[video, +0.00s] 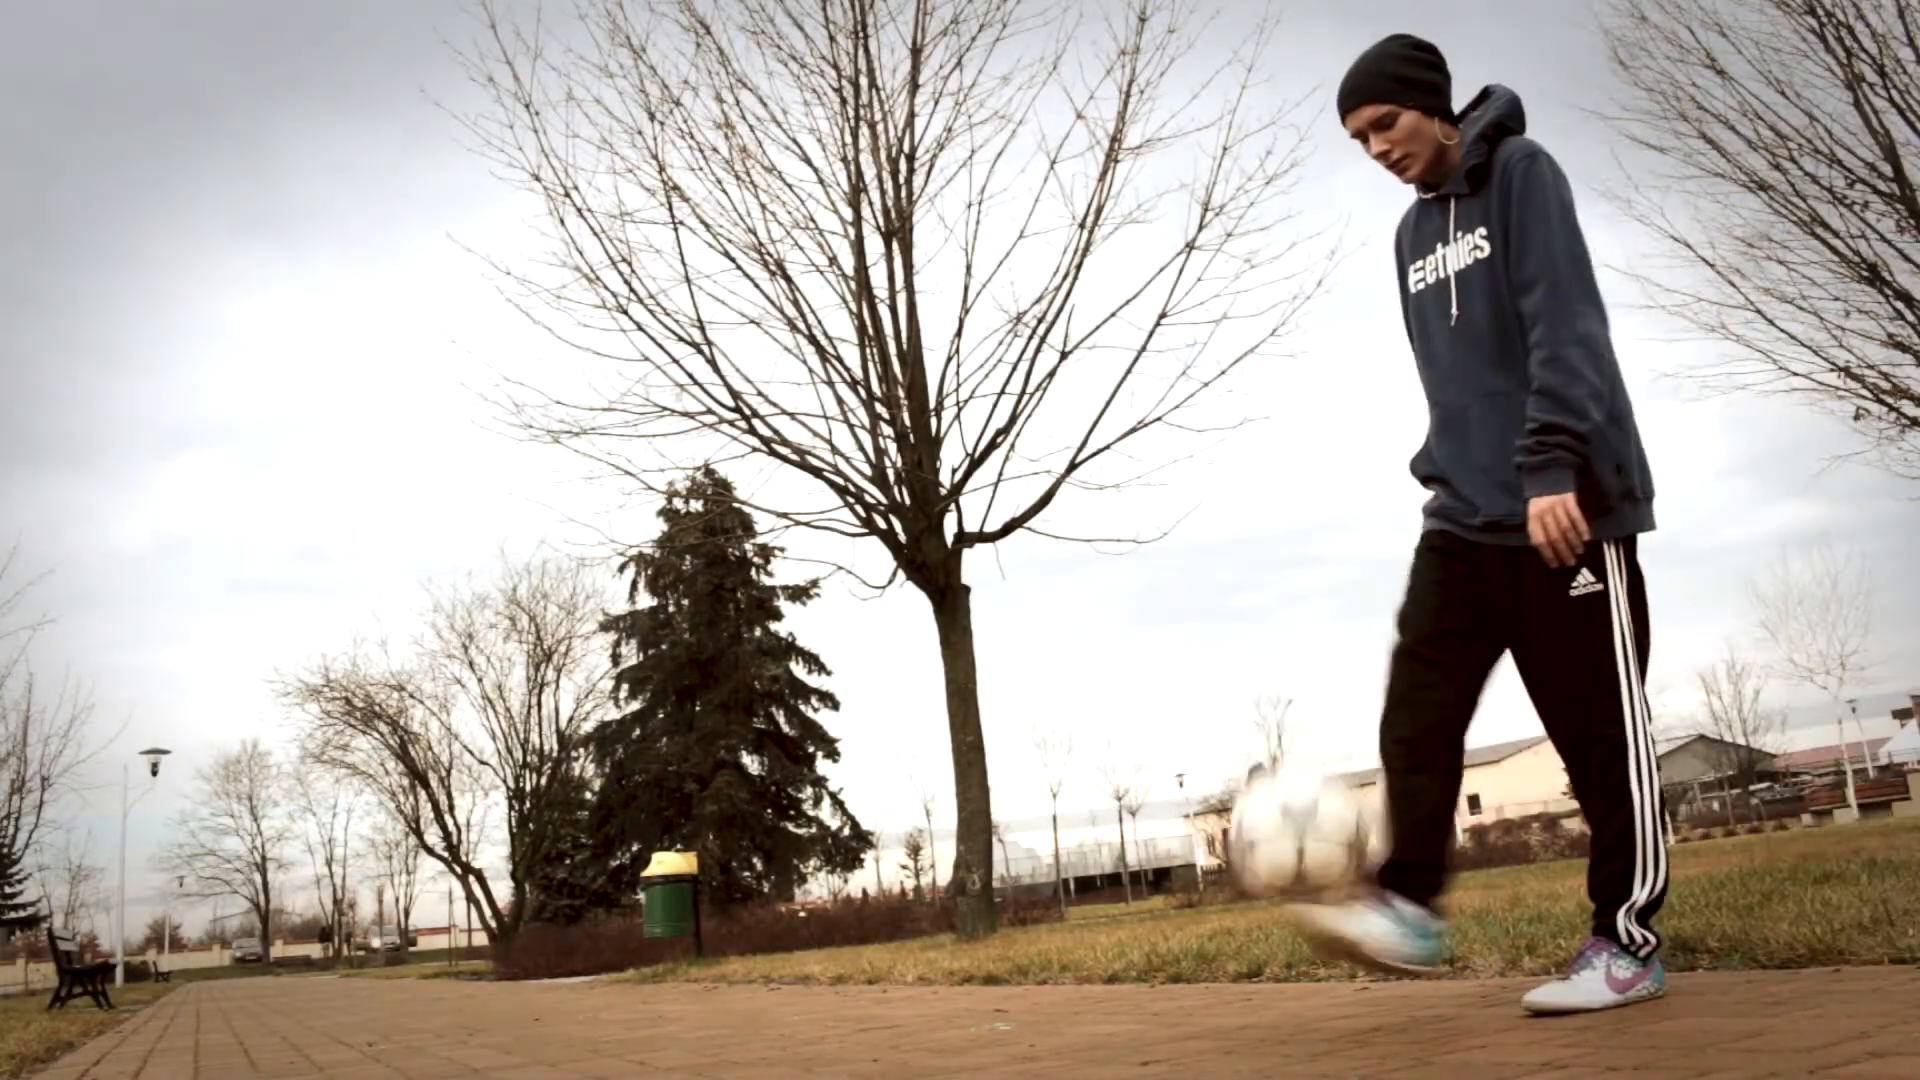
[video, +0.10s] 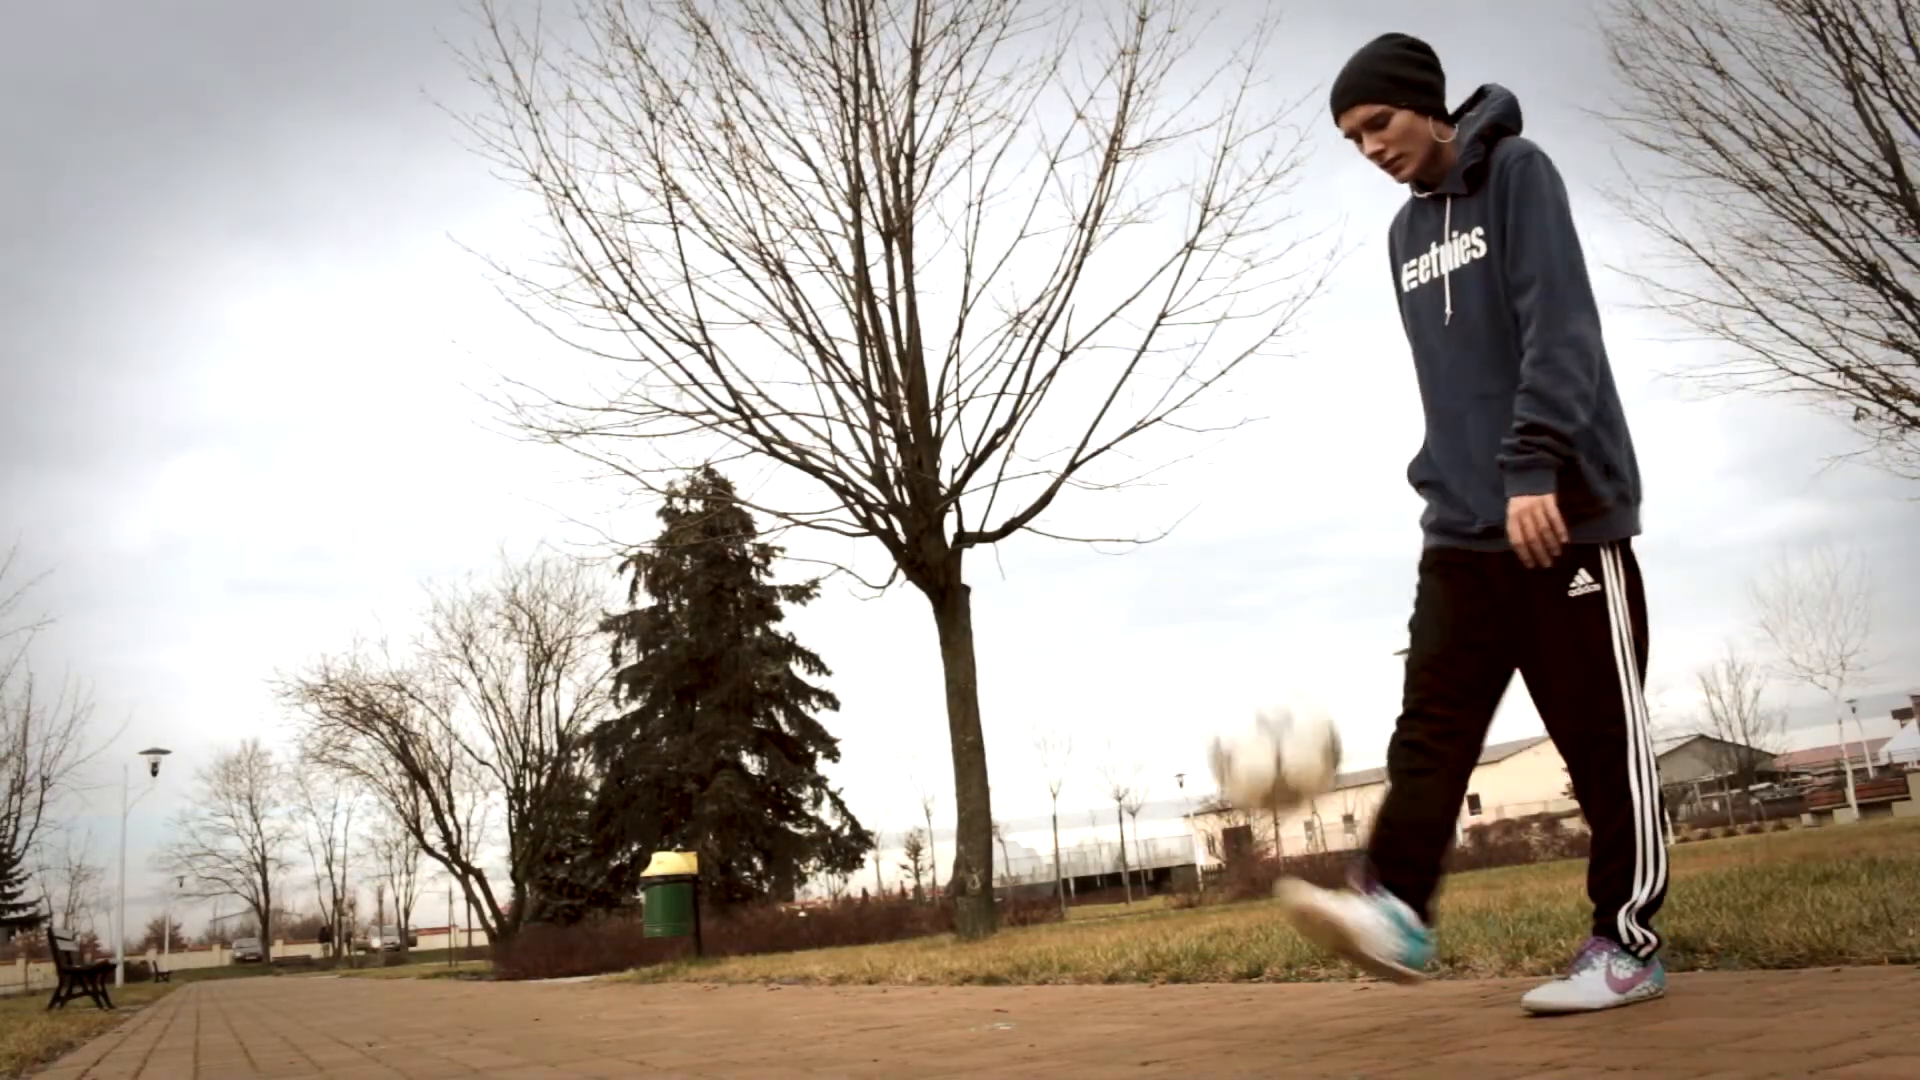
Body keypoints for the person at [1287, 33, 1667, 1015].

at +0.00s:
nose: (1379, 149)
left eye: (1387, 125)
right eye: (1364, 139)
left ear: (1431, 103)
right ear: (1366, 143)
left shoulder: (1520, 171)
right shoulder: (1412, 231)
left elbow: (1564, 322)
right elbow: (1449, 364)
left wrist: (1553, 469)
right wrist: (1452, 466)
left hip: (1563, 497)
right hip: (1465, 509)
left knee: (1602, 726)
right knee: (1422, 700)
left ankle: (1627, 943)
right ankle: (1409, 904)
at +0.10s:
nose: (1373, 149)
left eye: (1380, 124)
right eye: (1357, 138)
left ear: (1425, 103)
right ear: (1359, 142)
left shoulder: (1516, 171)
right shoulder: (1405, 232)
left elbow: (1558, 325)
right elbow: (1445, 370)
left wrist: (1536, 469)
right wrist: (1448, 490)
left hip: (1563, 504)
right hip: (1463, 519)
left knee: (1602, 732)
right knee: (1435, 718)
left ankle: (1628, 944)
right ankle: (1399, 907)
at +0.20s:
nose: (1368, 147)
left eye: (1375, 123)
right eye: (1352, 138)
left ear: (1424, 100)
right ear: (1356, 145)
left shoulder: (1513, 171)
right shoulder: (1402, 229)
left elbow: (1560, 323)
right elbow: (1436, 369)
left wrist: (1527, 459)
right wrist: (1436, 488)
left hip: (1551, 510)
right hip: (1452, 519)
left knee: (1590, 729)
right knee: (1436, 718)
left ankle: (1628, 944)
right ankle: (1468, 938)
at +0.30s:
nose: (1360, 150)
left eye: (1367, 126)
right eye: (1346, 141)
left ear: (1416, 101)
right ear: (1351, 147)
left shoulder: (1508, 170)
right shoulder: (1395, 234)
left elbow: (1565, 318)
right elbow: (1419, 373)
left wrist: (1551, 460)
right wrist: (1423, 485)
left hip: (1530, 510)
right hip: (1439, 525)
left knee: (1574, 731)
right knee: (1465, 742)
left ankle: (1624, 945)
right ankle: (1530, 949)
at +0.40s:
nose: (1348, 160)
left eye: (1353, 136)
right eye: (1333, 151)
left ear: (1402, 111)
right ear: (1340, 155)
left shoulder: (1503, 178)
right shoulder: (1386, 247)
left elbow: (1578, 315)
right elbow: (1386, 404)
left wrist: (1595, 458)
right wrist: (1354, 519)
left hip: (1528, 494)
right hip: (1441, 516)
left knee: (1496, 708)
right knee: (1466, 719)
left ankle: (1590, 921)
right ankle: (1535, 945)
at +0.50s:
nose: (1333, 171)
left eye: (1337, 147)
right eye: (1318, 162)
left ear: (1387, 119)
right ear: (1328, 164)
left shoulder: (1490, 178)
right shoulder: (1377, 257)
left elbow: (1584, 301)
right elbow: (1360, 404)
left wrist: (1645, 445)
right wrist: (1286, 512)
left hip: (1525, 491)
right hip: (1449, 510)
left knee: (1429, 695)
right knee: (1479, 716)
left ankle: (1467, 930)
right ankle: (1546, 949)